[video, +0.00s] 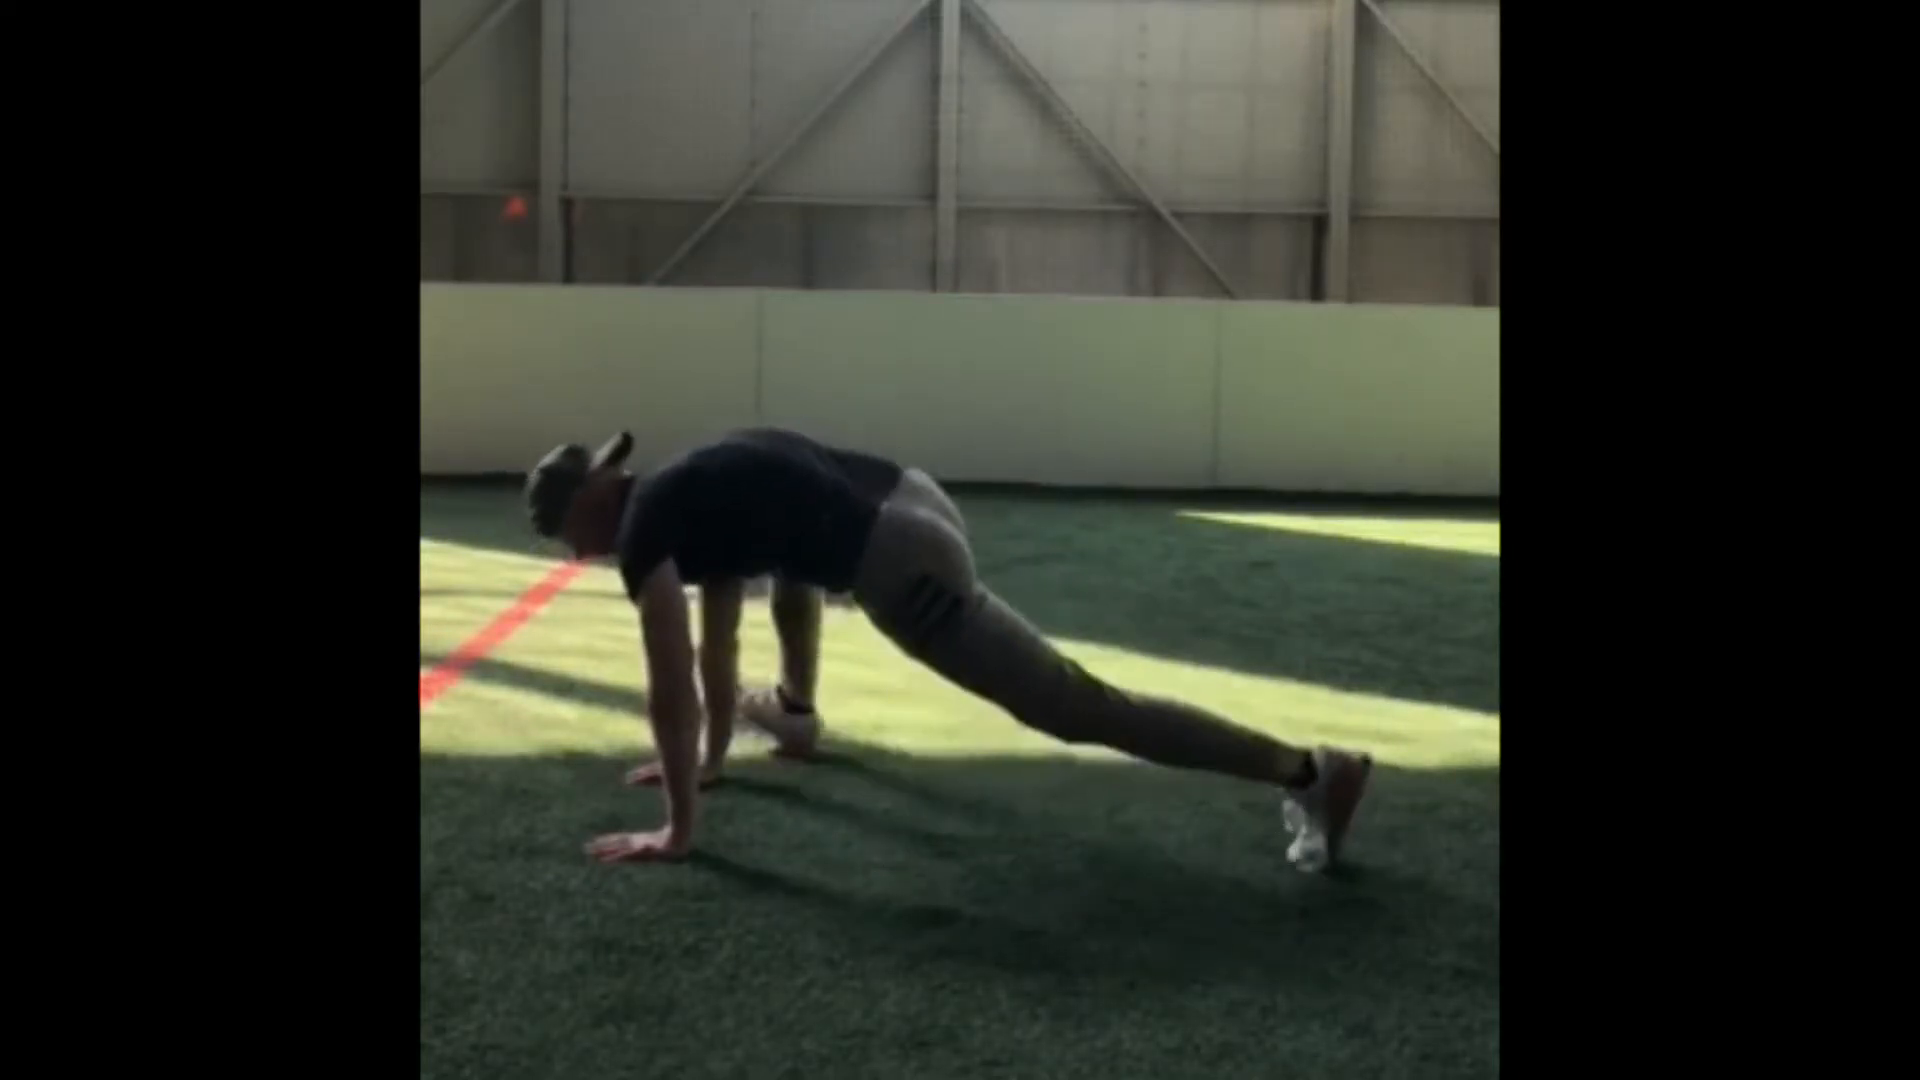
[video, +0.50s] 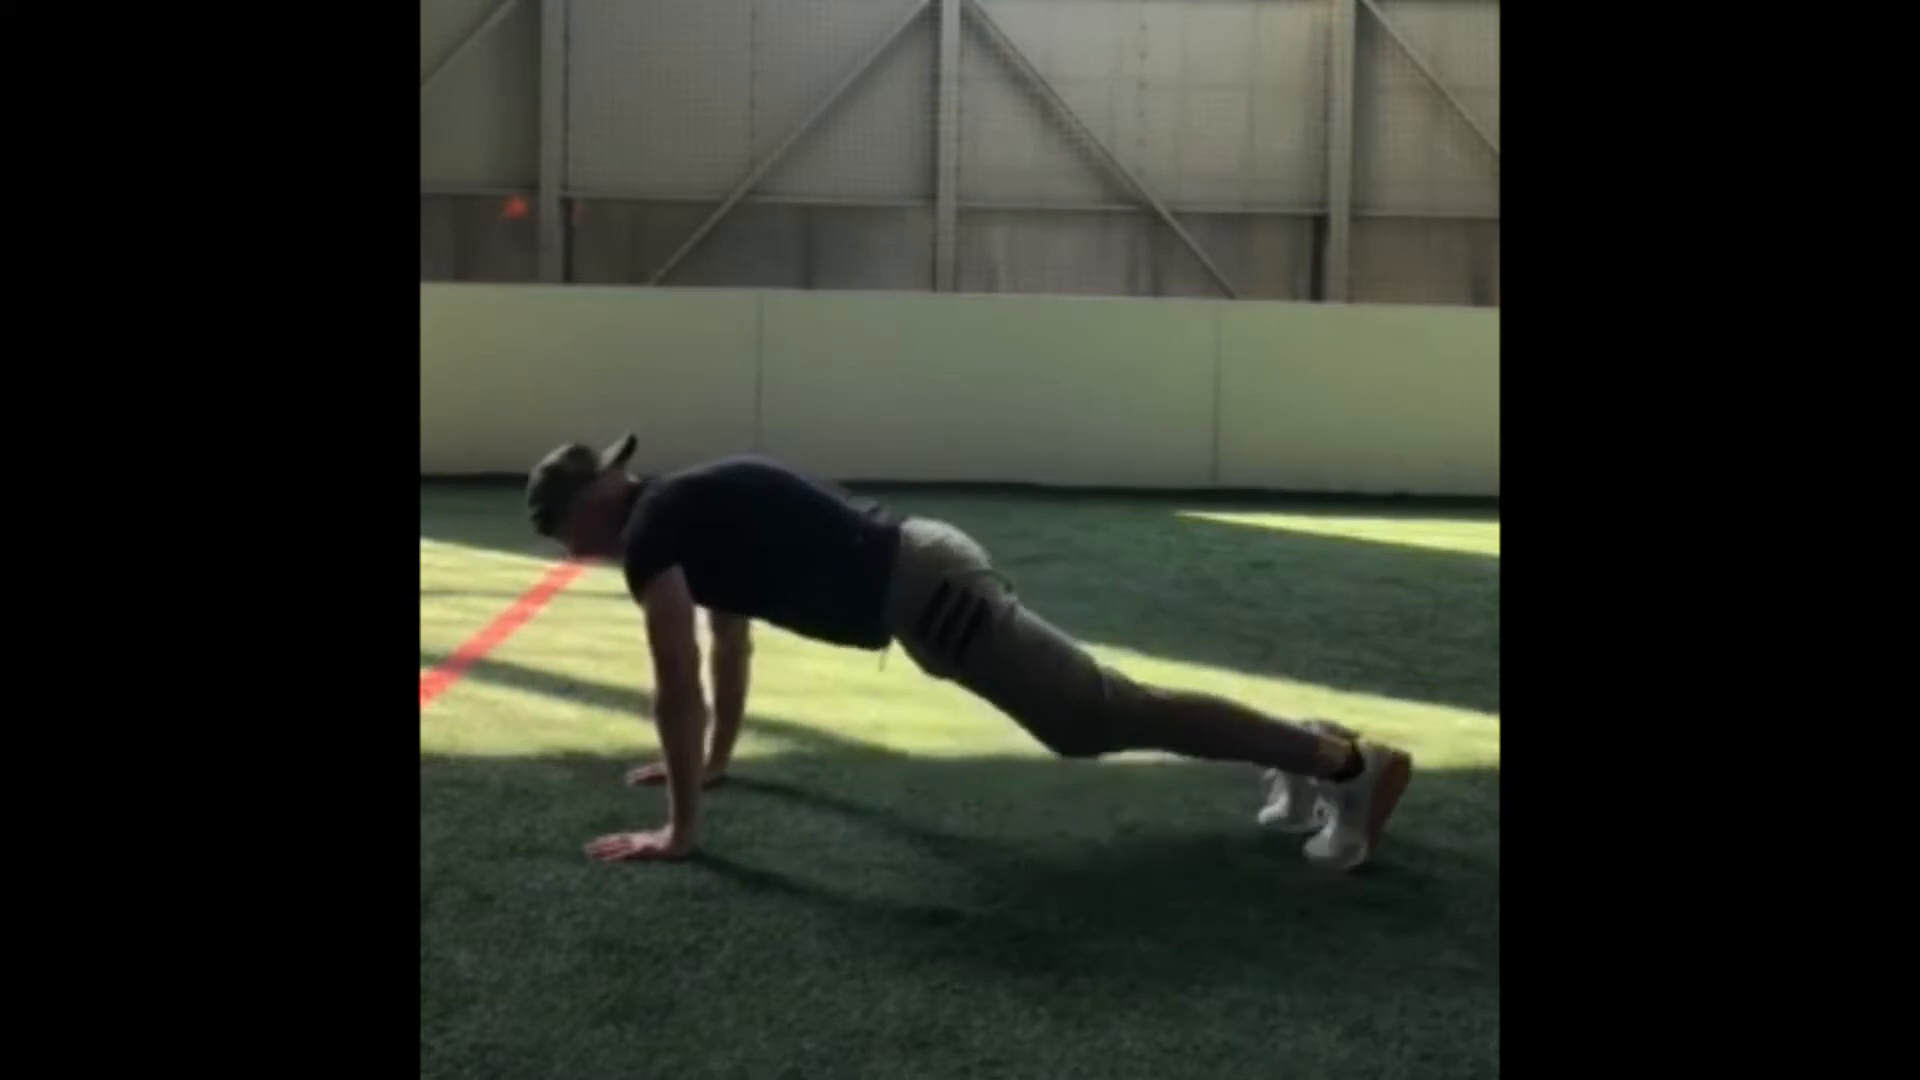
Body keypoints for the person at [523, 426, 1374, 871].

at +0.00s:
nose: (580, 556)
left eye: (571, 540)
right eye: (570, 543)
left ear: (589, 510)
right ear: (615, 481)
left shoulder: (645, 533)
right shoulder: (703, 488)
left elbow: (676, 689)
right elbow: (720, 651)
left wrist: (677, 829)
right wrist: (692, 764)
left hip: (897, 558)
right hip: (917, 500)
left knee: (1079, 708)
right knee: (777, 549)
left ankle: (1311, 777)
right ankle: (796, 718)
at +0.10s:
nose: (582, 563)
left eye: (574, 548)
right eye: (572, 551)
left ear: (587, 513)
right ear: (611, 482)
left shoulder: (645, 531)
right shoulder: (696, 496)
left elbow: (672, 687)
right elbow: (718, 656)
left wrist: (676, 827)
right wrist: (709, 757)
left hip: (908, 530)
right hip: (919, 475)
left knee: (1094, 672)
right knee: (798, 575)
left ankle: (1324, 762)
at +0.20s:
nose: (577, 563)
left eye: (567, 548)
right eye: (565, 551)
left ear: (582, 509)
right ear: (602, 482)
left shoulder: (643, 530)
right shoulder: (685, 500)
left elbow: (670, 687)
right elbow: (712, 656)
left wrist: (677, 829)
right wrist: (705, 758)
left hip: (913, 526)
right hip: (911, 501)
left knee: (1111, 668)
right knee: (898, 671)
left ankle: (1328, 760)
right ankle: (1087, 647)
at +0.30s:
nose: (577, 559)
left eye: (568, 542)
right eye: (565, 547)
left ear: (586, 505)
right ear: (604, 483)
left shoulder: (648, 529)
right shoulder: (686, 505)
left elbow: (673, 683)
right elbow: (715, 661)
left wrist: (676, 827)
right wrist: (706, 762)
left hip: (923, 567)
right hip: (918, 560)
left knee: (1110, 683)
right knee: (1016, 726)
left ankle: (1345, 768)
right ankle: (1210, 681)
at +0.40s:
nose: (590, 559)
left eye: (582, 543)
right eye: (580, 547)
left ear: (601, 508)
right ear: (625, 482)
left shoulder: (660, 532)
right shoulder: (703, 512)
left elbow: (682, 684)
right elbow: (728, 671)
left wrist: (678, 827)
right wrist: (708, 767)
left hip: (930, 608)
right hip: (933, 591)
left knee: (1093, 730)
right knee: (1069, 734)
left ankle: (1353, 776)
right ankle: (1290, 747)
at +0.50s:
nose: (582, 559)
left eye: (574, 542)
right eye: (572, 547)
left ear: (596, 506)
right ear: (617, 485)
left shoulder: (652, 536)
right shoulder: (702, 509)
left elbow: (678, 687)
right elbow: (731, 667)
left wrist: (677, 826)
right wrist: (710, 765)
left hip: (927, 591)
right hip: (928, 560)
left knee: (1100, 718)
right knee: (1096, 703)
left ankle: (1348, 769)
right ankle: (1307, 750)